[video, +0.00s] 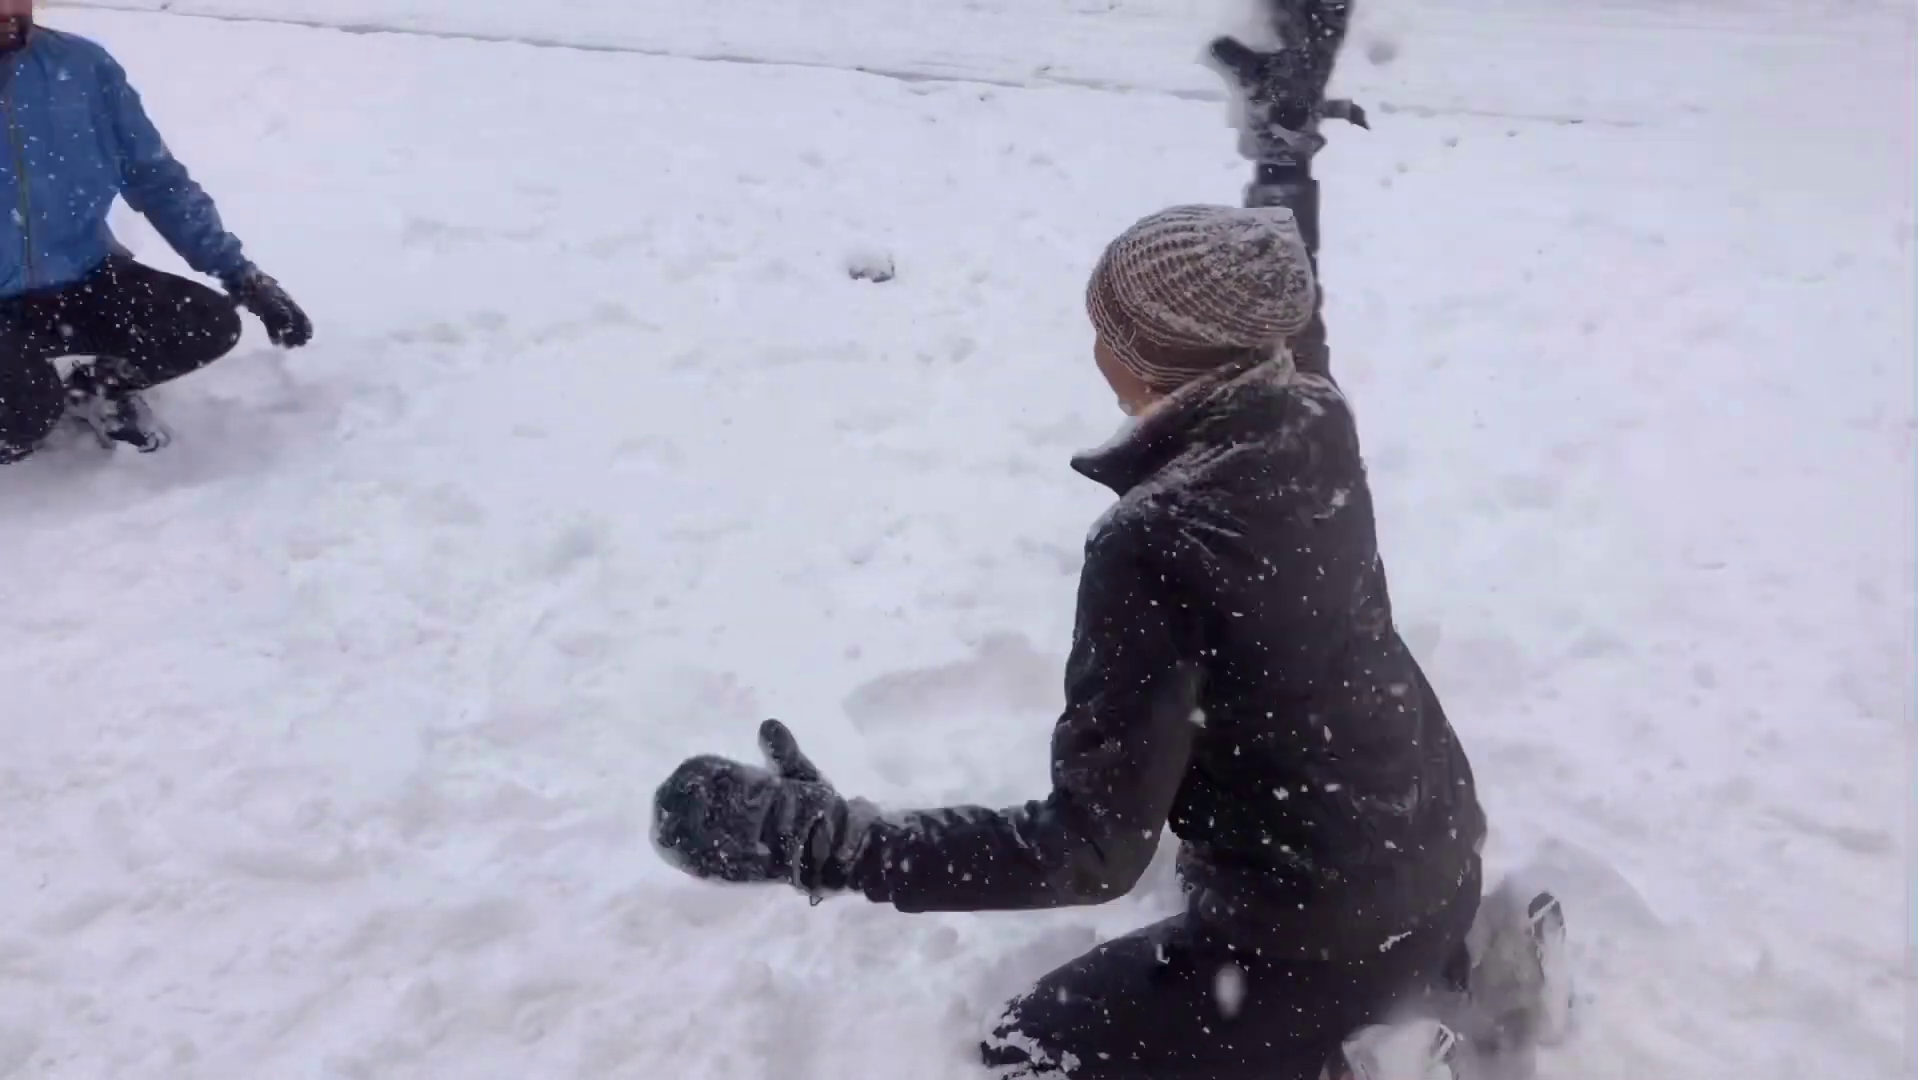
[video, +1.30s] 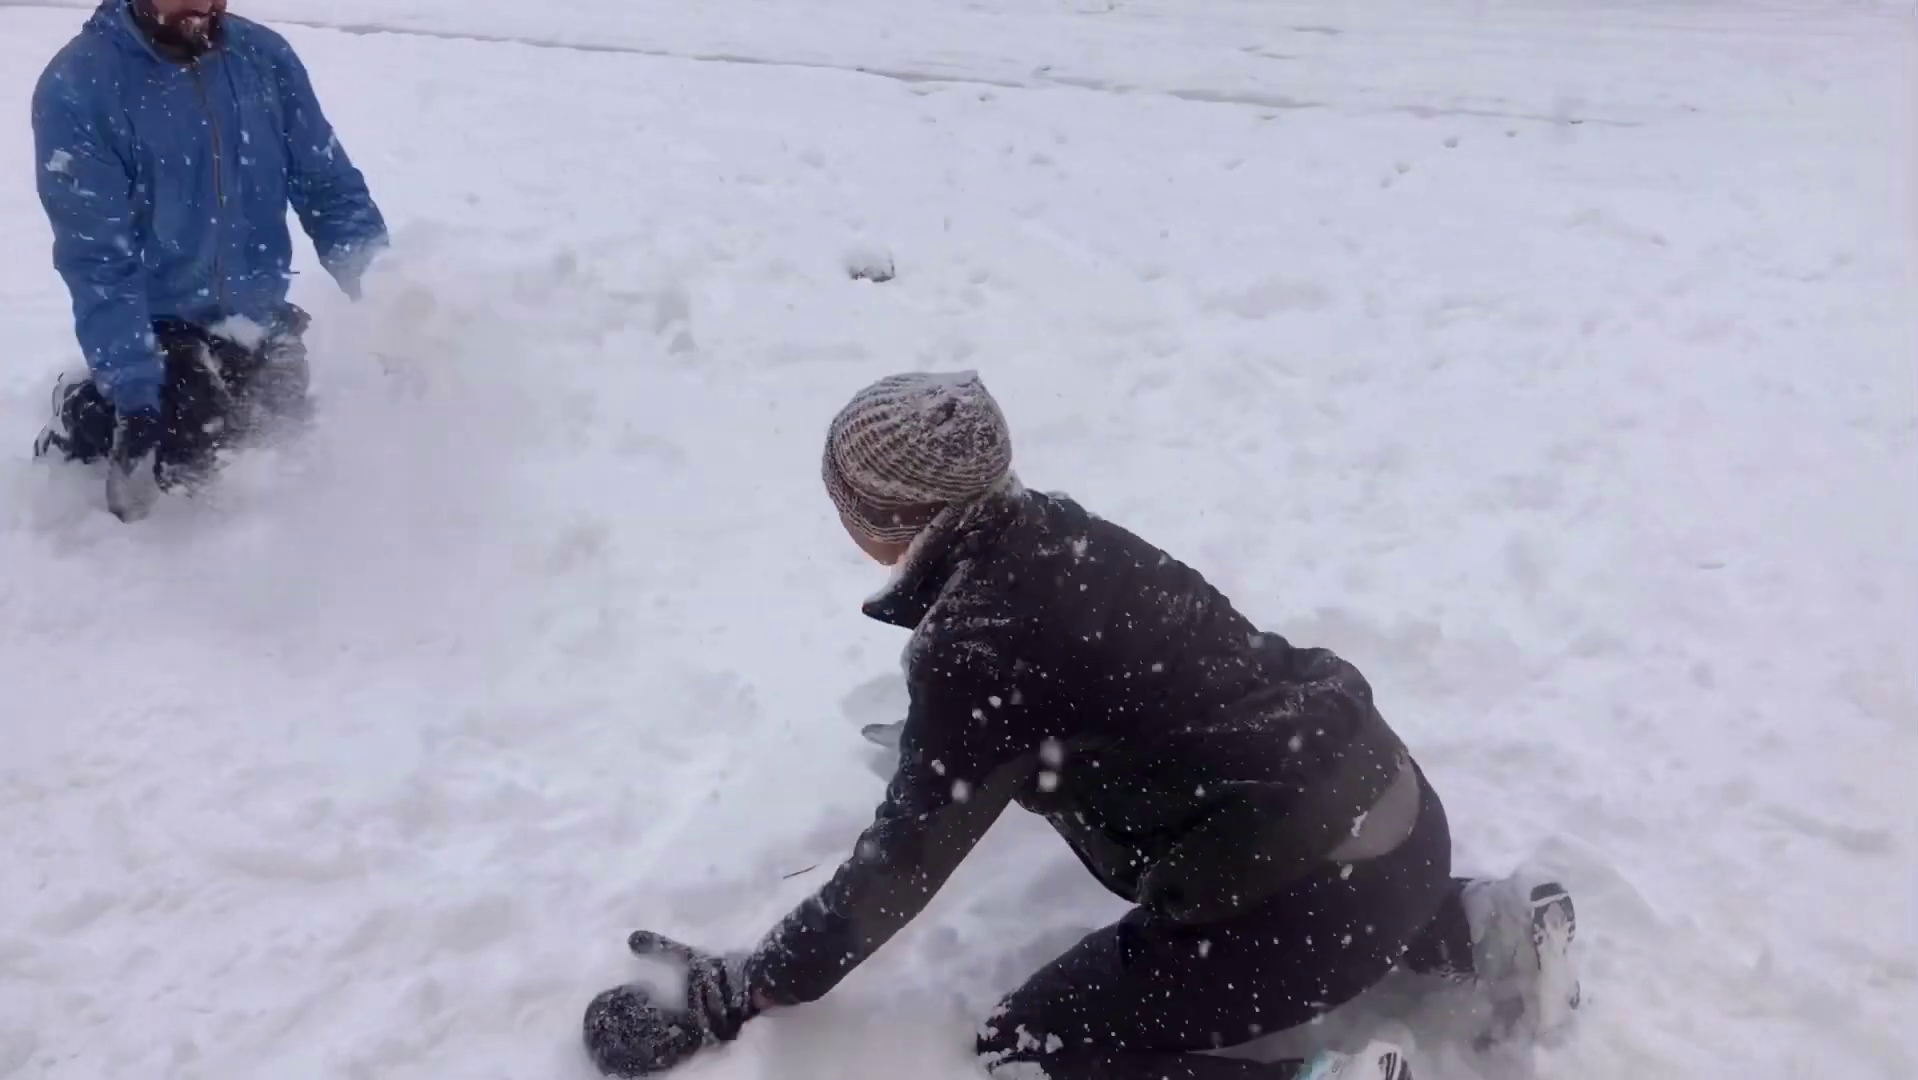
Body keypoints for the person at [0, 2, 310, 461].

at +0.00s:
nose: (13, 12)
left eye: (19, 2)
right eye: (4, 5)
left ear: (33, 4)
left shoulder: (82, 68)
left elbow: (158, 182)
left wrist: (244, 277)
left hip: (83, 284)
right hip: (5, 305)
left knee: (210, 323)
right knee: (25, 411)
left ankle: (100, 384)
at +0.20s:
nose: (6, 20)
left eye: (5, 10)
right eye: (2, 11)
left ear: (11, 15)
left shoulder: (71, 87)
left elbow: (150, 203)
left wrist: (235, 280)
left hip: (120, 316)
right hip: (20, 344)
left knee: (248, 397)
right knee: (63, 479)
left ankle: (132, 378)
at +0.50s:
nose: (46, 87)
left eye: (56, 68)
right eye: (26, 75)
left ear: (69, 53)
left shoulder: (116, 108)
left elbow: (188, 219)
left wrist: (262, 305)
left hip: (149, 327)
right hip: (41, 359)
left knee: (262, 436)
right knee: (115, 484)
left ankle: (165, 388)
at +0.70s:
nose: (126, 105)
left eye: (136, 85)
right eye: (106, 89)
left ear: (149, 74)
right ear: (63, 84)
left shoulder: (190, 142)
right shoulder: (13, 152)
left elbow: (249, 266)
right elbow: (6, 301)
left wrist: (312, 368)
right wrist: (14, 414)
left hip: (193, 355)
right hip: (78, 371)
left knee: (284, 463)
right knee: (124, 495)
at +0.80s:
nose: (167, 86)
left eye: (177, 66)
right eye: (146, 69)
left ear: (191, 64)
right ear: (106, 74)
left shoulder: (234, 146)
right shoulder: (43, 159)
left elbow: (282, 282)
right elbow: (49, 313)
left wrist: (332, 395)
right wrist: (87, 449)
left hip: (213, 353)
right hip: (107, 362)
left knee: (289, 457)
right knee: (128, 484)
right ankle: (52, 431)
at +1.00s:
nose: (197, 67)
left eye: (207, 45)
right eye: (175, 50)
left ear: (221, 40)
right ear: (134, 51)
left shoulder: (262, 124)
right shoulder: (76, 136)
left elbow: (304, 262)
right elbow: (99, 300)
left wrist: (343, 372)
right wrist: (180, 424)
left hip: (231, 331)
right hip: (128, 336)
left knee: (263, 420)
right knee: (139, 473)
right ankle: (60, 407)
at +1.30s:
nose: (205, 5)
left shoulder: (264, 57)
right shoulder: (79, 87)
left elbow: (330, 191)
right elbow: (97, 262)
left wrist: (391, 301)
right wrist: (134, 404)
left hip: (260, 315)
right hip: (160, 326)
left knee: (286, 442)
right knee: (201, 458)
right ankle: (92, 418)